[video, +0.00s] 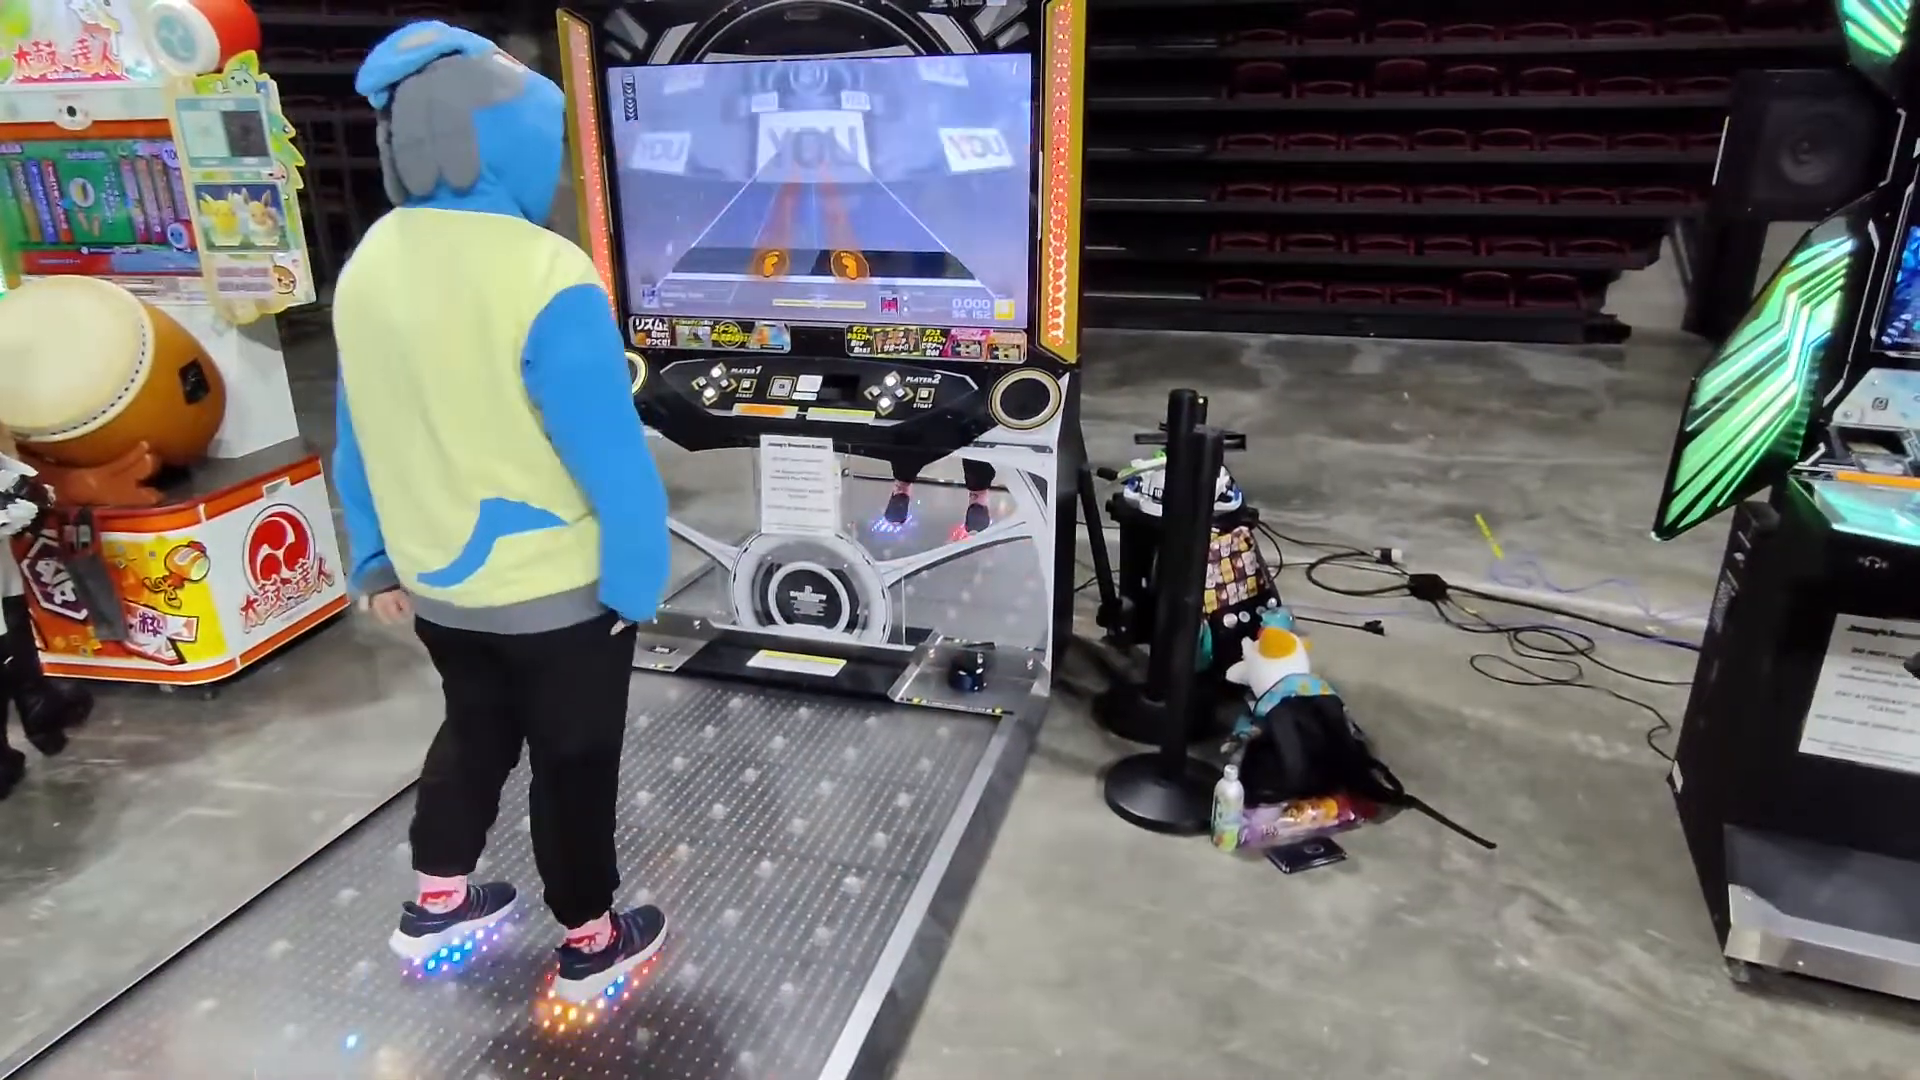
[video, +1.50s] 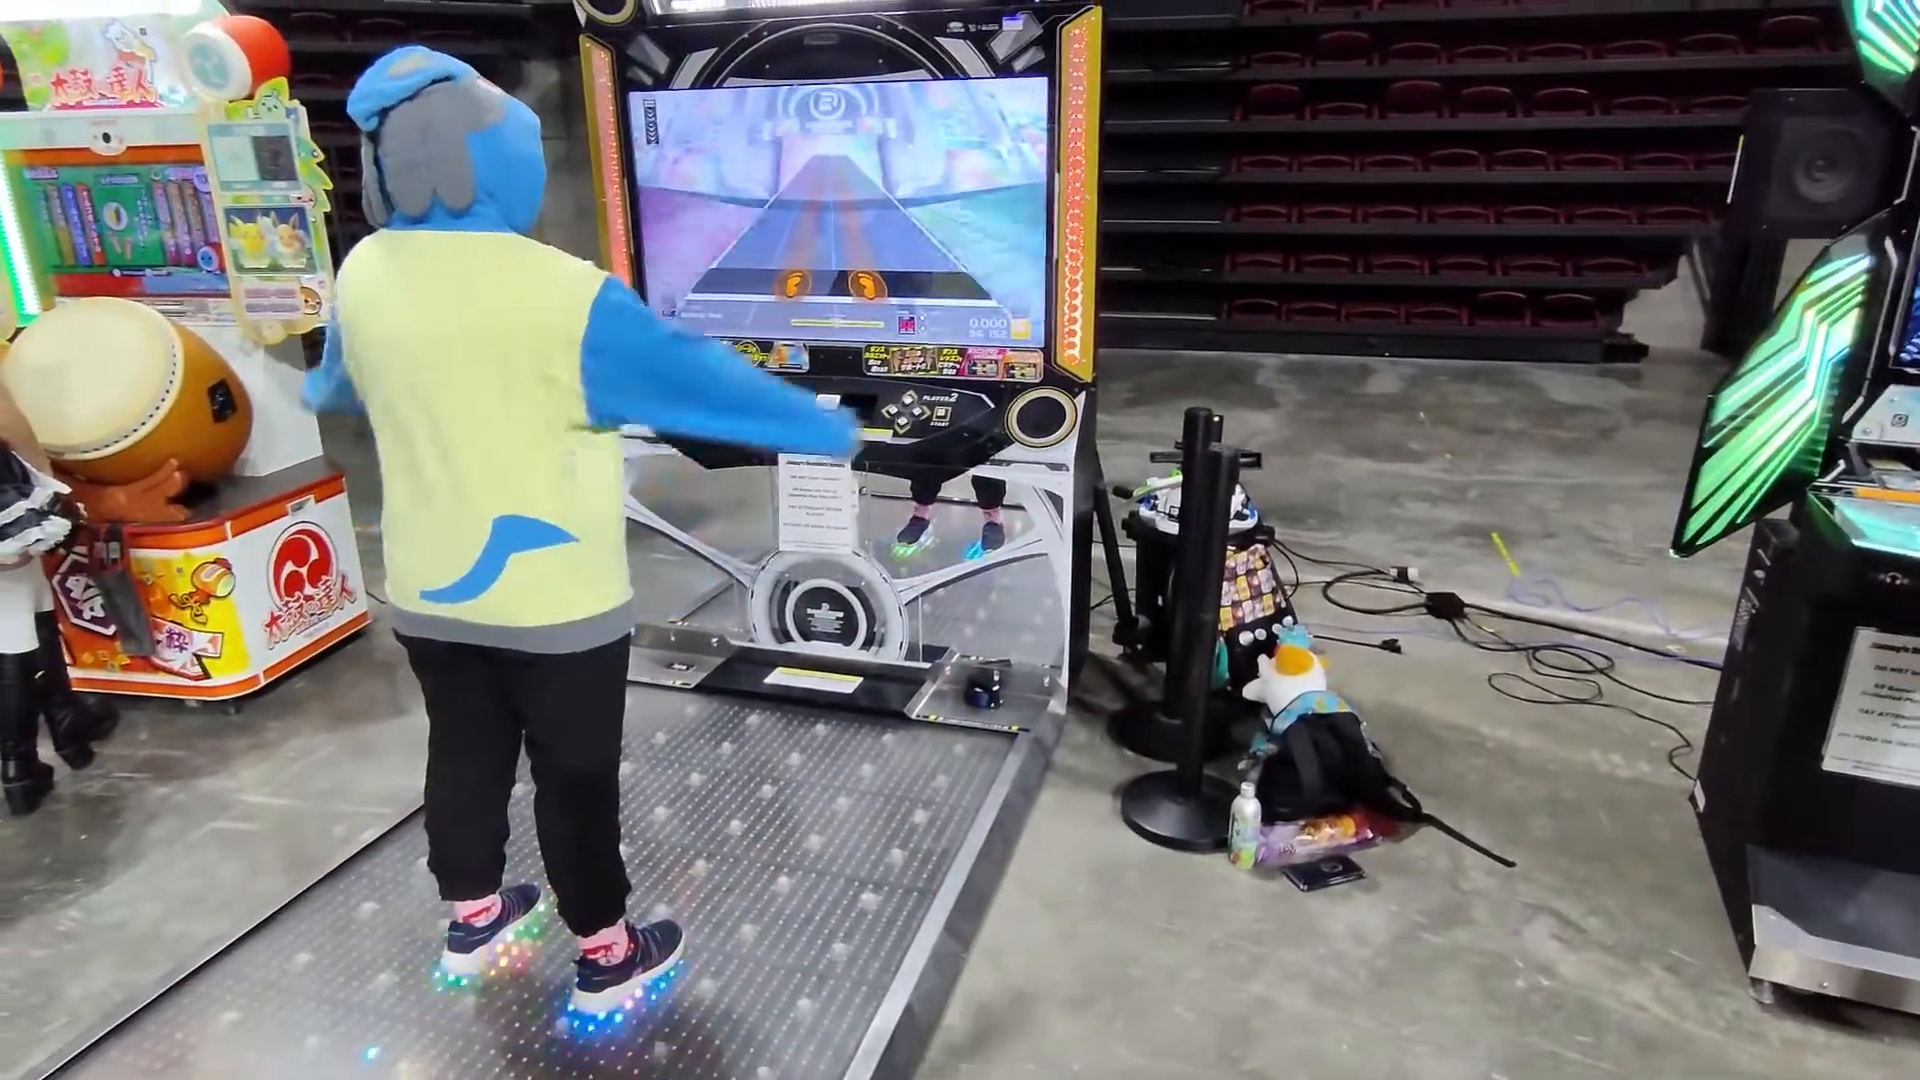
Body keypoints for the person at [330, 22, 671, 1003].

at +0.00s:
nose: (551, 152)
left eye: (544, 132)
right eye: (538, 134)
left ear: (424, 151)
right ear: (502, 144)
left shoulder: (368, 267)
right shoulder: (546, 272)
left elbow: (356, 431)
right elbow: (609, 445)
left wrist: (374, 553)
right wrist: (638, 575)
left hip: (440, 589)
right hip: (555, 591)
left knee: (474, 729)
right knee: (574, 764)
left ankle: (436, 899)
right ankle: (591, 935)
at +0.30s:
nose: (592, 172)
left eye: (588, 149)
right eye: (582, 151)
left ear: (450, 152)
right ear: (544, 153)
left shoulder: (386, 269)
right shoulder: (581, 274)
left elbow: (365, 422)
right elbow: (650, 442)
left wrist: (378, 534)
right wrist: (668, 565)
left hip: (456, 585)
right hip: (579, 585)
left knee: (490, 732)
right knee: (583, 764)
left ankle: (465, 900)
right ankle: (589, 936)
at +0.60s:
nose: (592, 173)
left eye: (585, 150)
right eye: (580, 151)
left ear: (450, 160)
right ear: (548, 159)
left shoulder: (385, 278)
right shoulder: (590, 284)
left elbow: (367, 438)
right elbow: (646, 461)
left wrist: (381, 562)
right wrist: (673, 596)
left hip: (450, 591)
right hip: (581, 596)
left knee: (476, 747)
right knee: (585, 770)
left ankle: (464, 896)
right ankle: (595, 934)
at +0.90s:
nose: (554, 167)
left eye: (543, 147)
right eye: (541, 149)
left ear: (419, 167)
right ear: (520, 161)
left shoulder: (363, 279)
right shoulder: (561, 286)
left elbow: (337, 430)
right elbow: (640, 448)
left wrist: (365, 534)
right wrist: (669, 563)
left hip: (432, 596)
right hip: (565, 601)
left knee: (462, 749)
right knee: (575, 772)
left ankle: (467, 905)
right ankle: (599, 938)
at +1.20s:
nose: (525, 165)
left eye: (515, 147)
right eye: (511, 149)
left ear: (397, 170)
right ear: (487, 162)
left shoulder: (355, 278)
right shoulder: (549, 289)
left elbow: (366, 438)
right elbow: (613, 450)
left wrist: (396, 542)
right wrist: (649, 556)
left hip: (426, 591)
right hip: (560, 596)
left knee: (460, 745)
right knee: (573, 771)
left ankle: (469, 910)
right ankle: (601, 941)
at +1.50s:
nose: (530, 164)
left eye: (519, 147)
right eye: (516, 149)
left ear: (401, 177)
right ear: (494, 164)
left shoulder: (365, 276)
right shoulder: (567, 295)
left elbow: (331, 388)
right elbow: (707, 384)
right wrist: (837, 430)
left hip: (431, 597)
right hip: (563, 607)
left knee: (464, 754)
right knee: (575, 777)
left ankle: (472, 916)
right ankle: (603, 949)